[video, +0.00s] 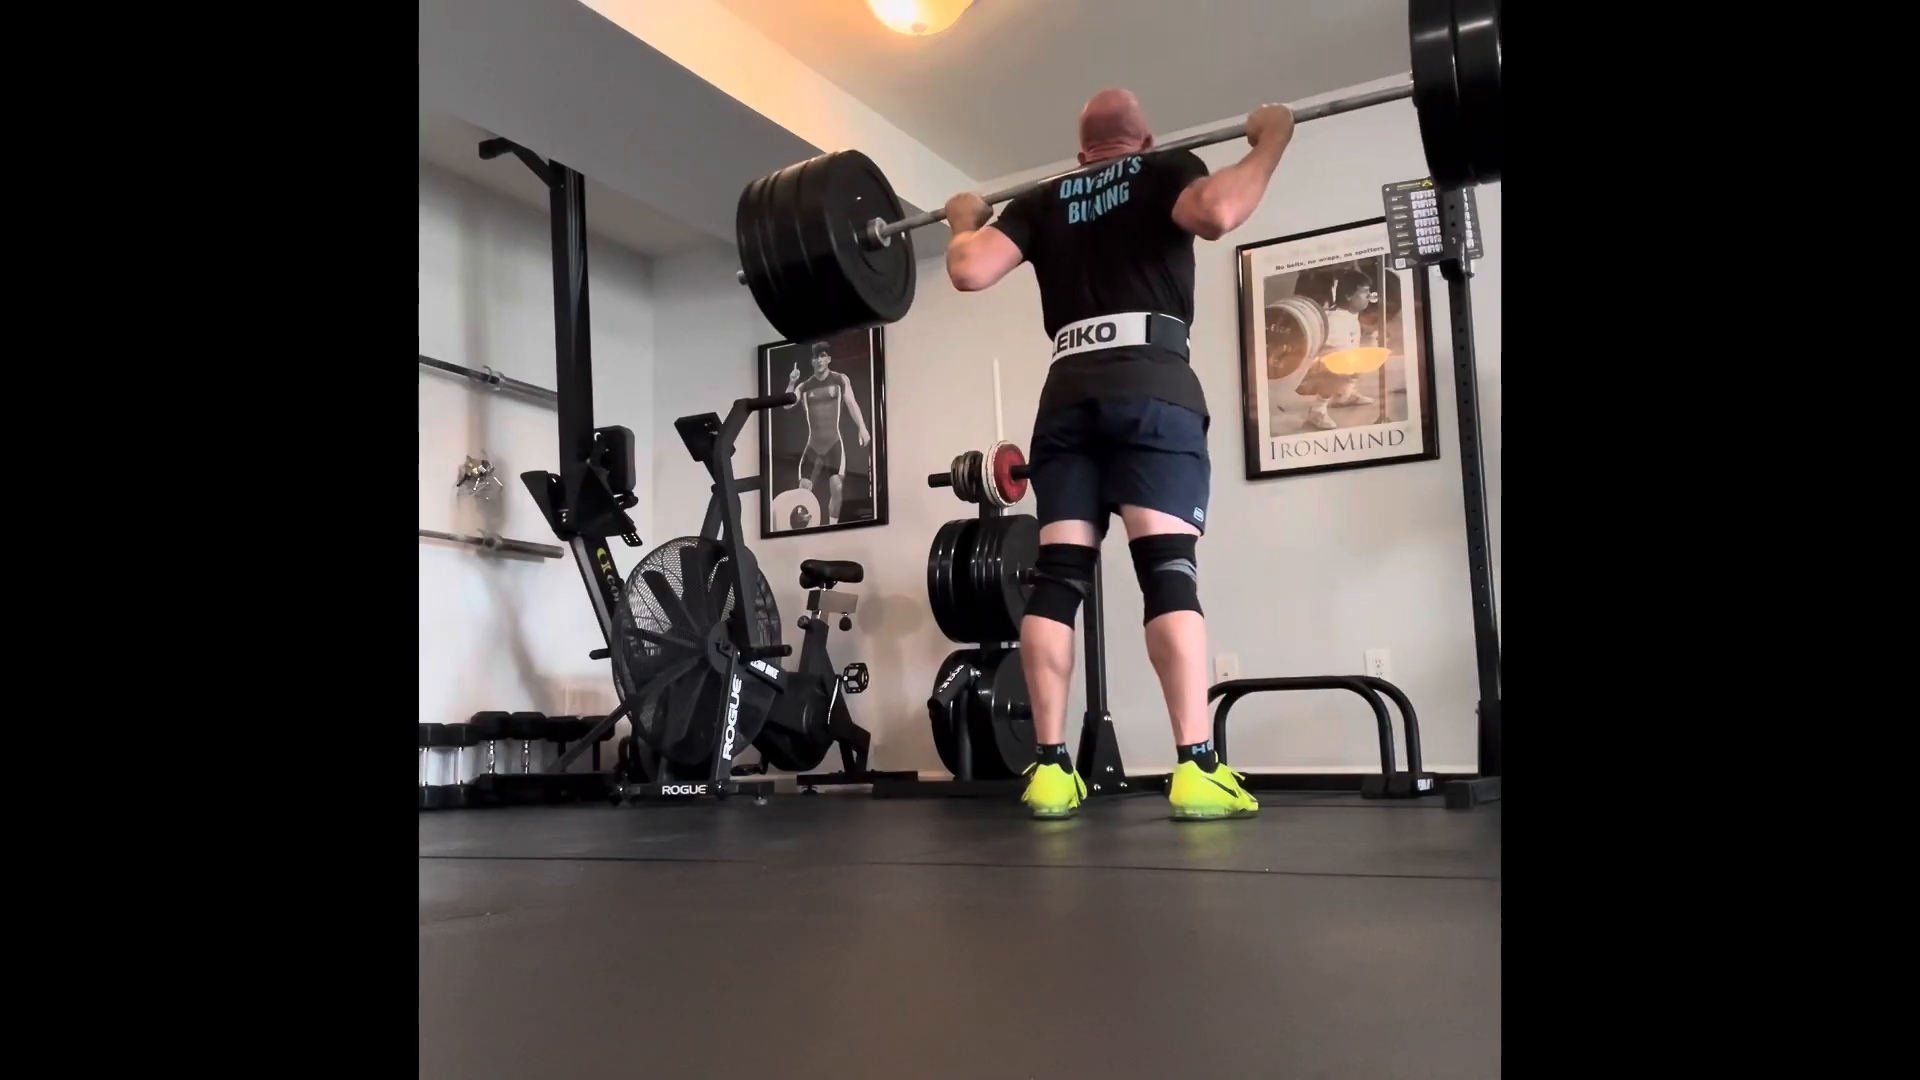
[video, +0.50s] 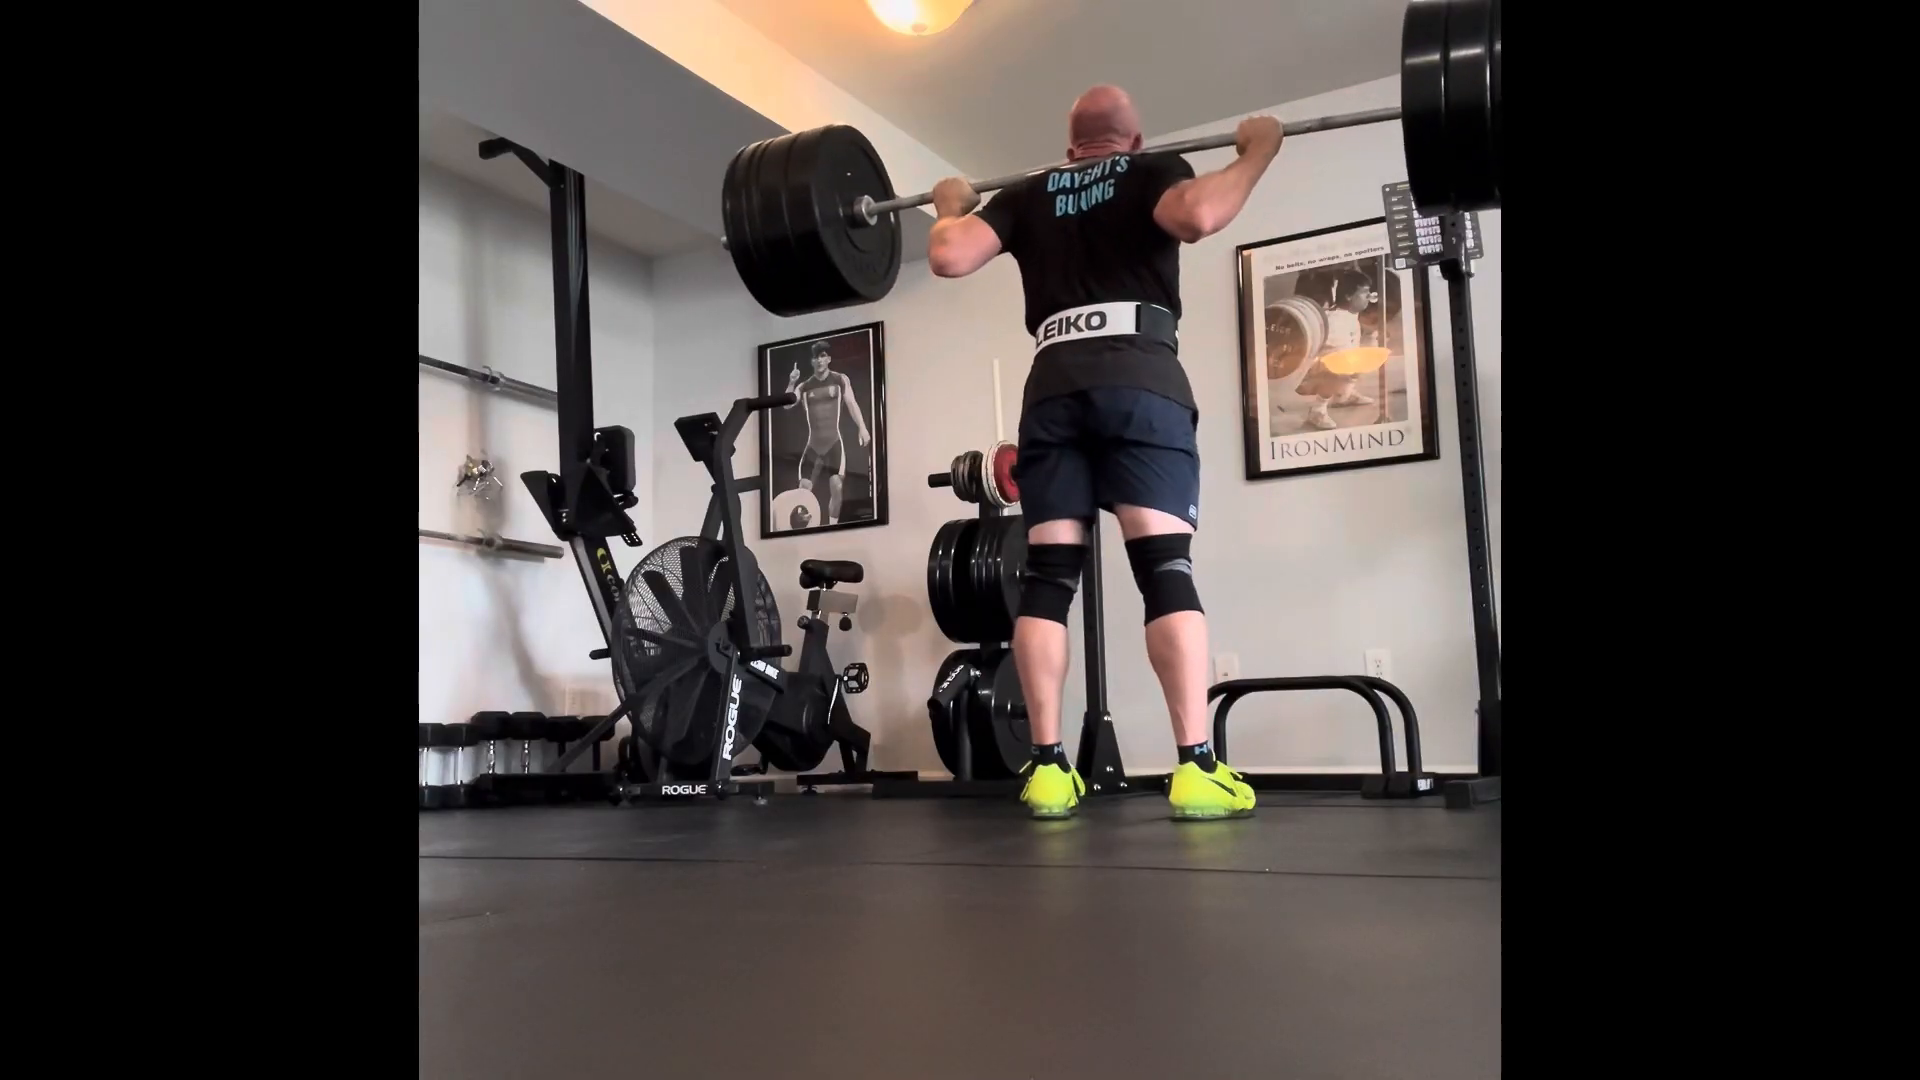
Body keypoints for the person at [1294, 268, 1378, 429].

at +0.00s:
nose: (1369, 298)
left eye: (1368, 293)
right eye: (1364, 293)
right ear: (1348, 296)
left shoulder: (1353, 318)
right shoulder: (1335, 320)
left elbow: (1352, 352)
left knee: (1355, 362)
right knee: (1338, 367)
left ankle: (1345, 394)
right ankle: (1318, 410)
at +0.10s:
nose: (1369, 298)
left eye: (1368, 293)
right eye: (1364, 293)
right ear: (1348, 296)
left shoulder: (1353, 318)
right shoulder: (1335, 320)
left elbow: (1352, 352)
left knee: (1355, 361)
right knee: (1338, 367)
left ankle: (1345, 394)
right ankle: (1318, 409)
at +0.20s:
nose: (1369, 297)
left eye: (1368, 293)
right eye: (1365, 293)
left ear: (1350, 297)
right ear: (1348, 296)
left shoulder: (1353, 318)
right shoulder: (1336, 320)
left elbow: (1352, 352)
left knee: (1355, 361)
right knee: (1338, 368)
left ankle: (1345, 394)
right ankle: (1318, 409)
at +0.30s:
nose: (1369, 298)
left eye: (1368, 293)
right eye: (1365, 293)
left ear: (1350, 297)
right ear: (1348, 296)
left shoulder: (1353, 317)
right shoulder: (1336, 320)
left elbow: (1352, 352)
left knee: (1355, 362)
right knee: (1338, 367)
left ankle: (1344, 394)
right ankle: (1318, 409)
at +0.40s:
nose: (1369, 297)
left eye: (1368, 293)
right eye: (1365, 293)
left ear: (1350, 297)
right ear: (1348, 296)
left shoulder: (1353, 318)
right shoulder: (1336, 320)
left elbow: (1352, 352)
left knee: (1355, 361)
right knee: (1338, 368)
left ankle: (1345, 394)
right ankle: (1318, 409)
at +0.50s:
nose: (1369, 298)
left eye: (1368, 294)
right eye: (1364, 294)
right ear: (1349, 296)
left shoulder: (1353, 318)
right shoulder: (1335, 320)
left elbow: (1351, 352)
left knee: (1355, 362)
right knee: (1338, 367)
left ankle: (1344, 394)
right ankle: (1318, 410)